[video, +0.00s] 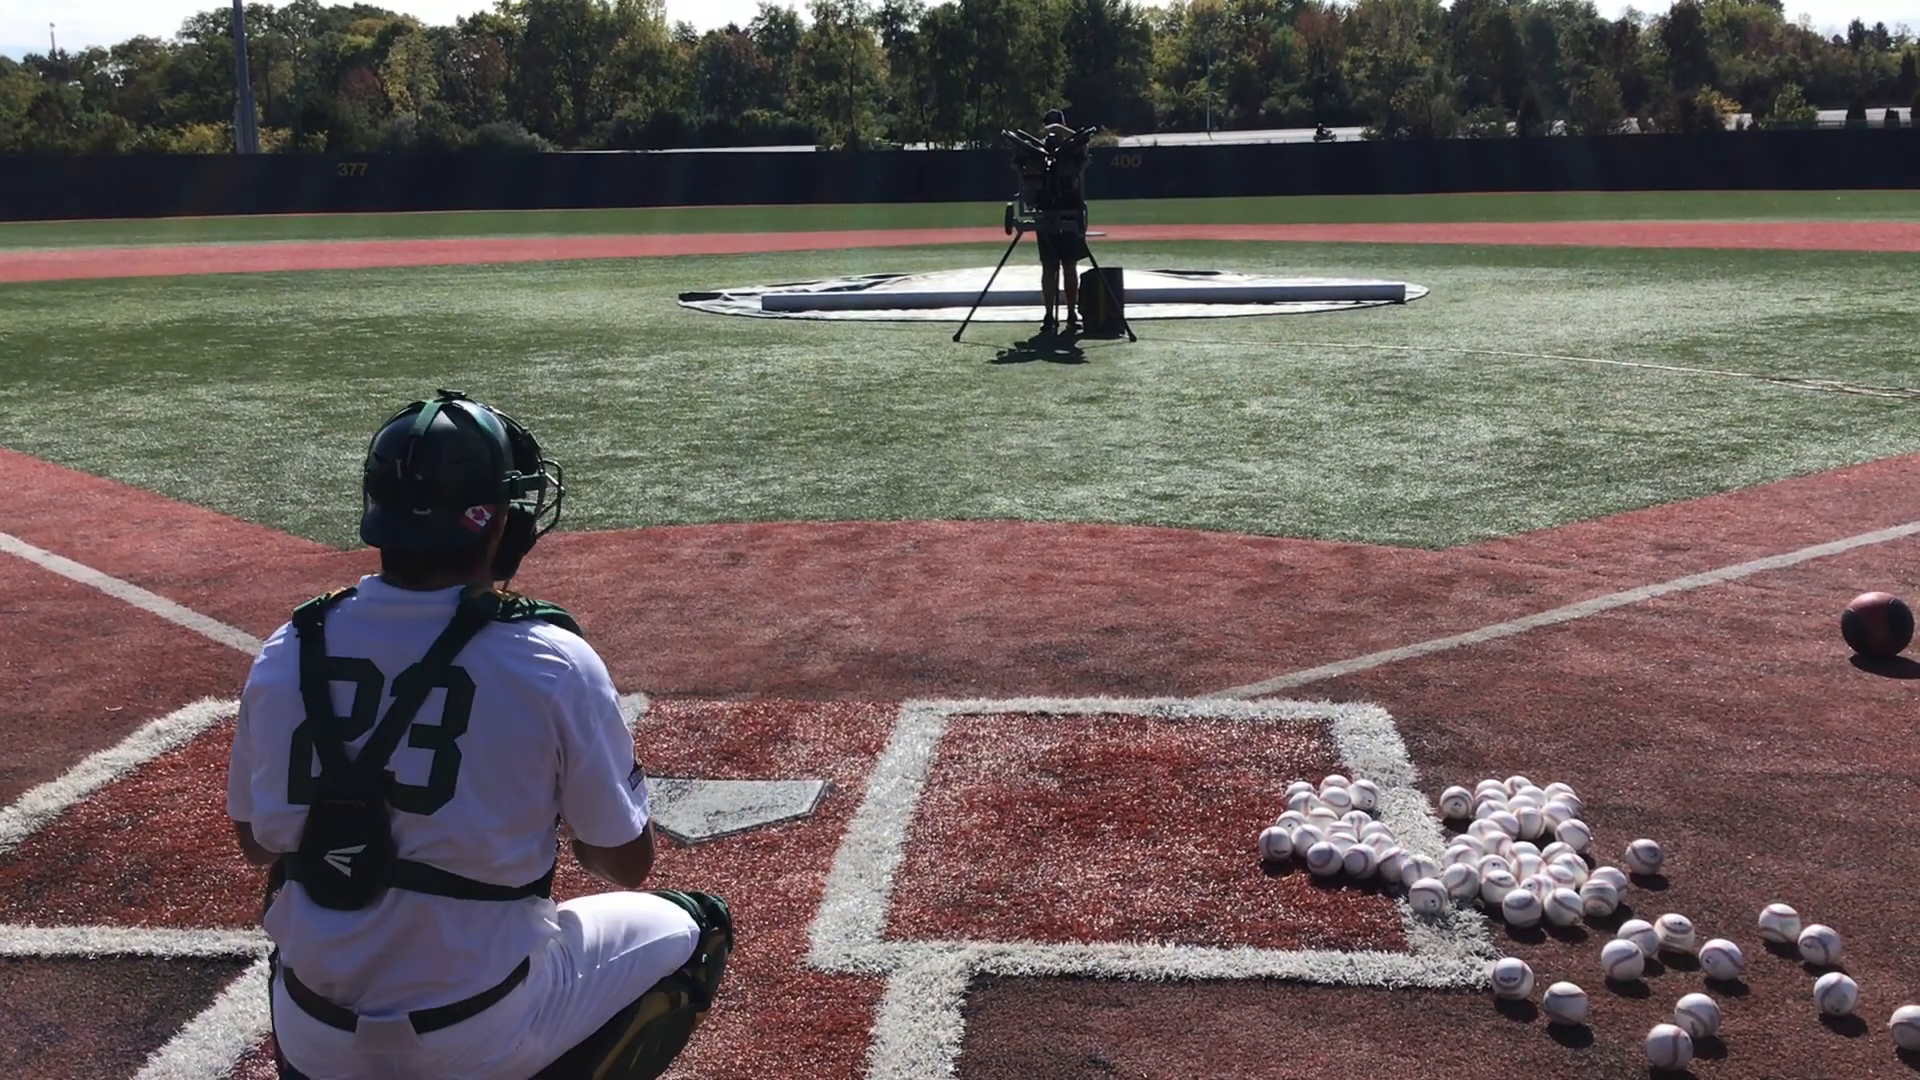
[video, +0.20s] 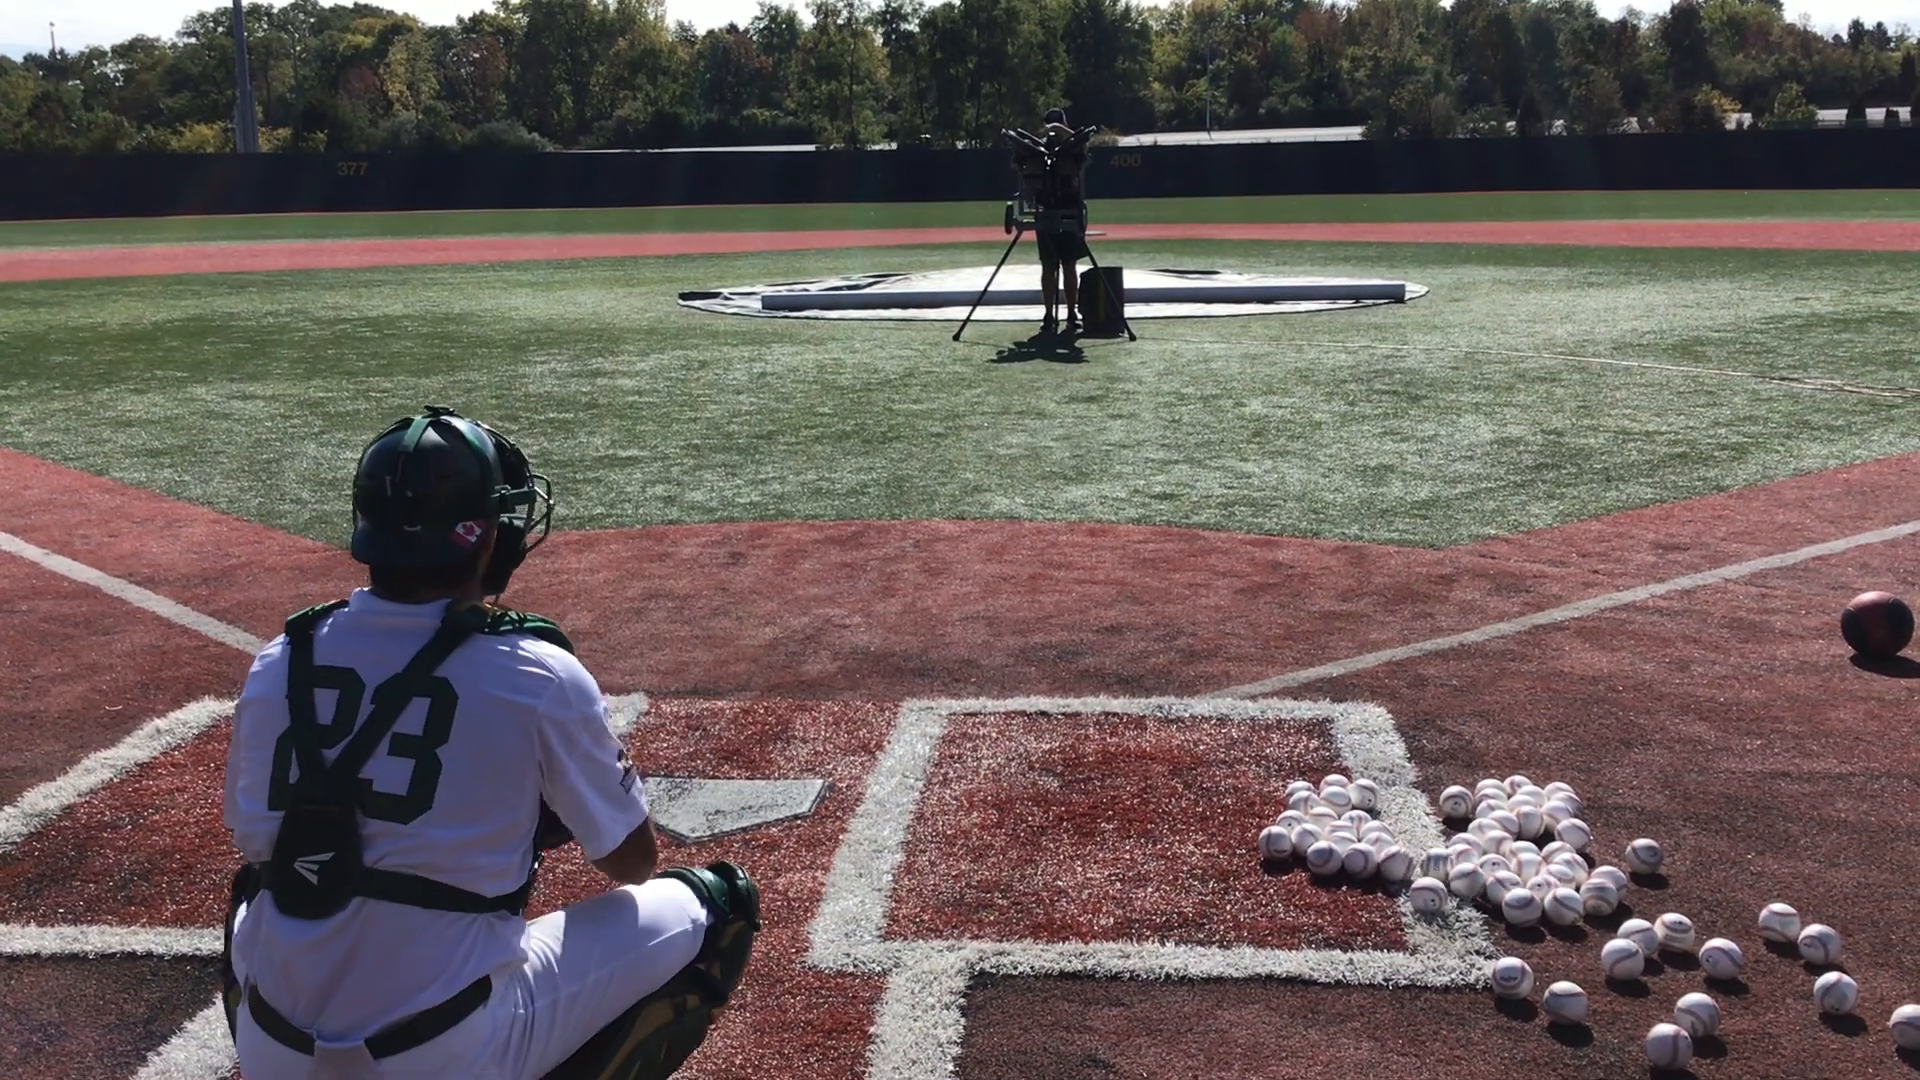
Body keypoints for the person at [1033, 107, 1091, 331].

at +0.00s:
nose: (1053, 134)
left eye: (1057, 130)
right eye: (1049, 130)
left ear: (1064, 130)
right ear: (1044, 130)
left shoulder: (1074, 150)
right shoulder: (1039, 151)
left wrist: (1064, 135)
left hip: (1070, 214)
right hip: (1045, 215)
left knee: (1070, 268)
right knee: (1050, 269)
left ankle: (1072, 314)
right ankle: (1049, 315)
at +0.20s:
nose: (1052, 132)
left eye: (1056, 128)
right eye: (1049, 128)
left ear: (1063, 128)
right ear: (1045, 128)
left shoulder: (1075, 148)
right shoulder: (1040, 149)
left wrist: (1065, 135)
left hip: (1070, 214)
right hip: (1046, 215)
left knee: (1069, 268)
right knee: (1049, 269)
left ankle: (1071, 314)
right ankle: (1049, 315)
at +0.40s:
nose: (1053, 132)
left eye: (1057, 128)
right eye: (1050, 128)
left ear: (1063, 128)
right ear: (1044, 130)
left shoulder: (1074, 149)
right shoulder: (1038, 150)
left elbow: (1082, 152)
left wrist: (1064, 134)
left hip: (1070, 213)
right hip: (1045, 214)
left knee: (1069, 267)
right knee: (1049, 269)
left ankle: (1071, 314)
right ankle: (1049, 315)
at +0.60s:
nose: (1054, 132)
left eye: (1057, 127)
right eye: (1051, 128)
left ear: (1065, 128)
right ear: (1046, 129)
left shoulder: (1073, 149)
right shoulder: (1039, 150)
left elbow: (1081, 158)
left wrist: (1066, 135)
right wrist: (1028, 145)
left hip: (1070, 213)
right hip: (1045, 214)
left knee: (1069, 267)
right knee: (1048, 268)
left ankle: (1072, 314)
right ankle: (1049, 315)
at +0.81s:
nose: (1055, 131)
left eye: (1058, 126)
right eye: (1052, 127)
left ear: (1062, 127)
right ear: (1045, 128)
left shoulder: (1072, 148)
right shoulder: (1038, 149)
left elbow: (1082, 158)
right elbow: (1019, 156)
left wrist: (1063, 134)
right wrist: (1032, 128)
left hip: (1069, 213)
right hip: (1044, 214)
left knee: (1068, 268)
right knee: (1048, 269)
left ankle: (1071, 314)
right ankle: (1049, 315)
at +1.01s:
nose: (1053, 132)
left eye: (1057, 128)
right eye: (1050, 129)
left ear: (1066, 127)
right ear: (1046, 131)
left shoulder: (1073, 148)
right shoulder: (1038, 150)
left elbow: (1079, 155)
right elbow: (1018, 147)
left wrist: (1061, 132)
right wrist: (1034, 123)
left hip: (1069, 213)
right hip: (1045, 213)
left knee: (1069, 267)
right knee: (1048, 268)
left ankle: (1071, 313)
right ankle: (1049, 314)